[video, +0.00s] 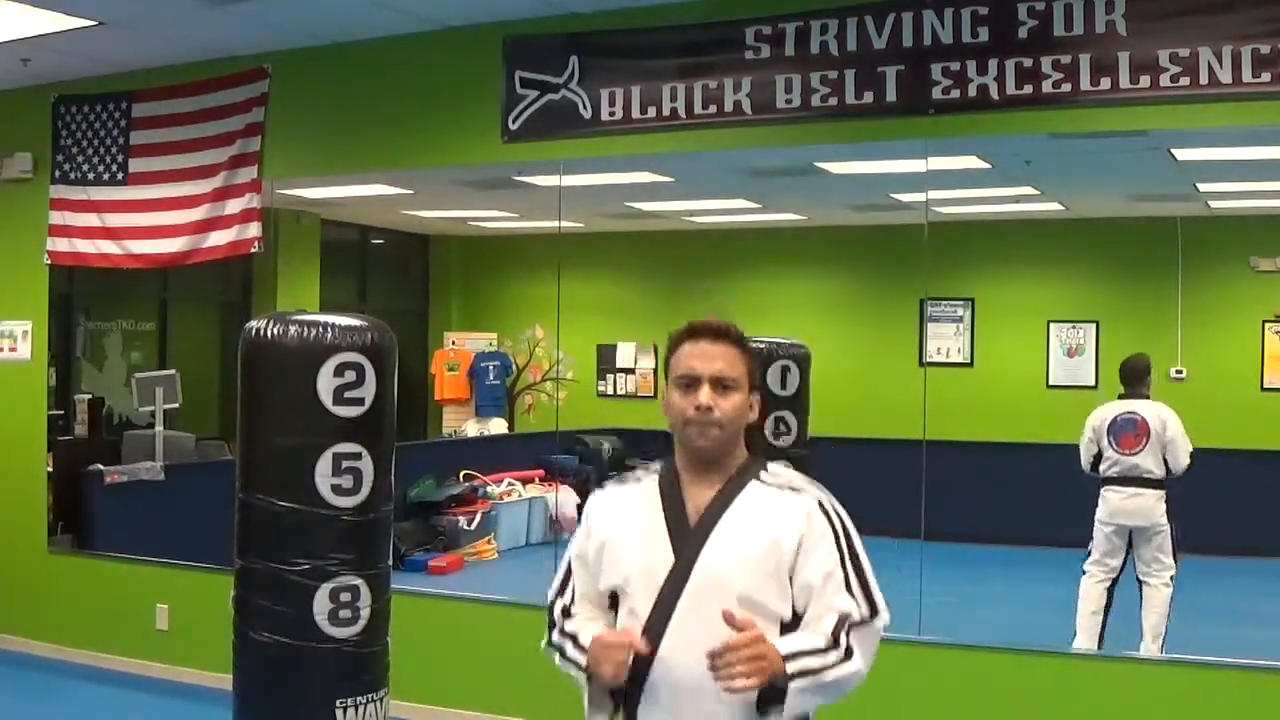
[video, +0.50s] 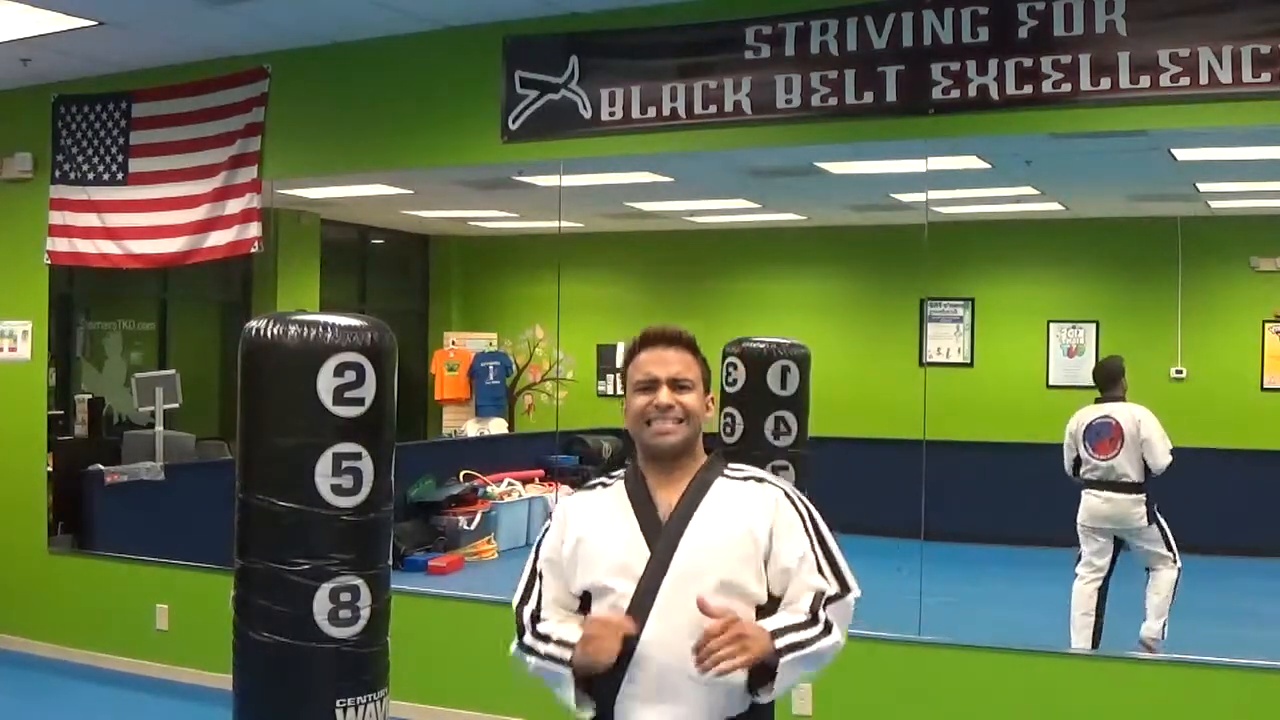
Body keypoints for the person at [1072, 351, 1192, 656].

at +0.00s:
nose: (1150, 379)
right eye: (1150, 375)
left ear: (1121, 380)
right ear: (1149, 379)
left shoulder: (1100, 414)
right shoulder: (1164, 415)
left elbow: (1088, 462)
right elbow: (1180, 463)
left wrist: (1116, 468)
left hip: (1111, 500)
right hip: (1150, 502)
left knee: (1098, 570)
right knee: (1157, 576)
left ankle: (1084, 646)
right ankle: (1151, 653)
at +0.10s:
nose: (1144, 365)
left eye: (1138, 361)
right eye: (1143, 361)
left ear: (1115, 365)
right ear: (1142, 364)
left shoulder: (1095, 398)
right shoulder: (1160, 396)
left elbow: (1082, 446)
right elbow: (1181, 439)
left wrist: (1111, 457)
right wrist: (1157, 460)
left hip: (1105, 486)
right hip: (1144, 489)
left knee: (1095, 556)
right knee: (1151, 561)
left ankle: (1084, 636)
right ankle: (1152, 641)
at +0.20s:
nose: (1138, 365)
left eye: (1131, 361)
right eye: (1137, 361)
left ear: (1109, 366)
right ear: (1136, 364)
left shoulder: (1090, 398)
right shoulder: (1154, 395)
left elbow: (1076, 444)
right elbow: (1179, 436)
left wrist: (1104, 455)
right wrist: (1154, 454)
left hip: (1099, 489)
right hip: (1139, 491)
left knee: (1090, 557)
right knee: (1146, 562)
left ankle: (1082, 636)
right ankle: (1144, 640)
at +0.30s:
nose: (1133, 379)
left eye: (1128, 374)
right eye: (1132, 374)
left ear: (1103, 380)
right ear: (1130, 378)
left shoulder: (1085, 413)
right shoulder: (1147, 412)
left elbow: (1071, 462)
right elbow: (1173, 456)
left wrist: (1101, 463)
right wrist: (1150, 443)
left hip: (1093, 501)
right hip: (1133, 504)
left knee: (1088, 569)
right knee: (1146, 576)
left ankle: (1078, 647)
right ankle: (1135, 652)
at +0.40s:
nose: (1129, 385)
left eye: (1124, 381)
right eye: (1127, 381)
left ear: (1098, 387)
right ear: (1124, 385)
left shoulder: (1081, 422)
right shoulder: (1141, 420)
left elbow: (1071, 471)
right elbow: (1160, 468)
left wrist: (1099, 479)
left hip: (1089, 507)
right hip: (1129, 511)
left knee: (1087, 574)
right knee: (1157, 573)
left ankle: (1078, 648)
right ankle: (1138, 647)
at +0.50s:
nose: (1127, 381)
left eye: (1124, 377)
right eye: (1126, 377)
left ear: (1096, 383)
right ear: (1123, 381)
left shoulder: (1079, 418)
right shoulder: (1140, 415)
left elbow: (1071, 468)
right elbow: (1160, 462)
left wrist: (1098, 478)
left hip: (1091, 502)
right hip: (1132, 505)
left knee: (1089, 572)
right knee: (1165, 564)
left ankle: (1080, 648)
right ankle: (1152, 636)